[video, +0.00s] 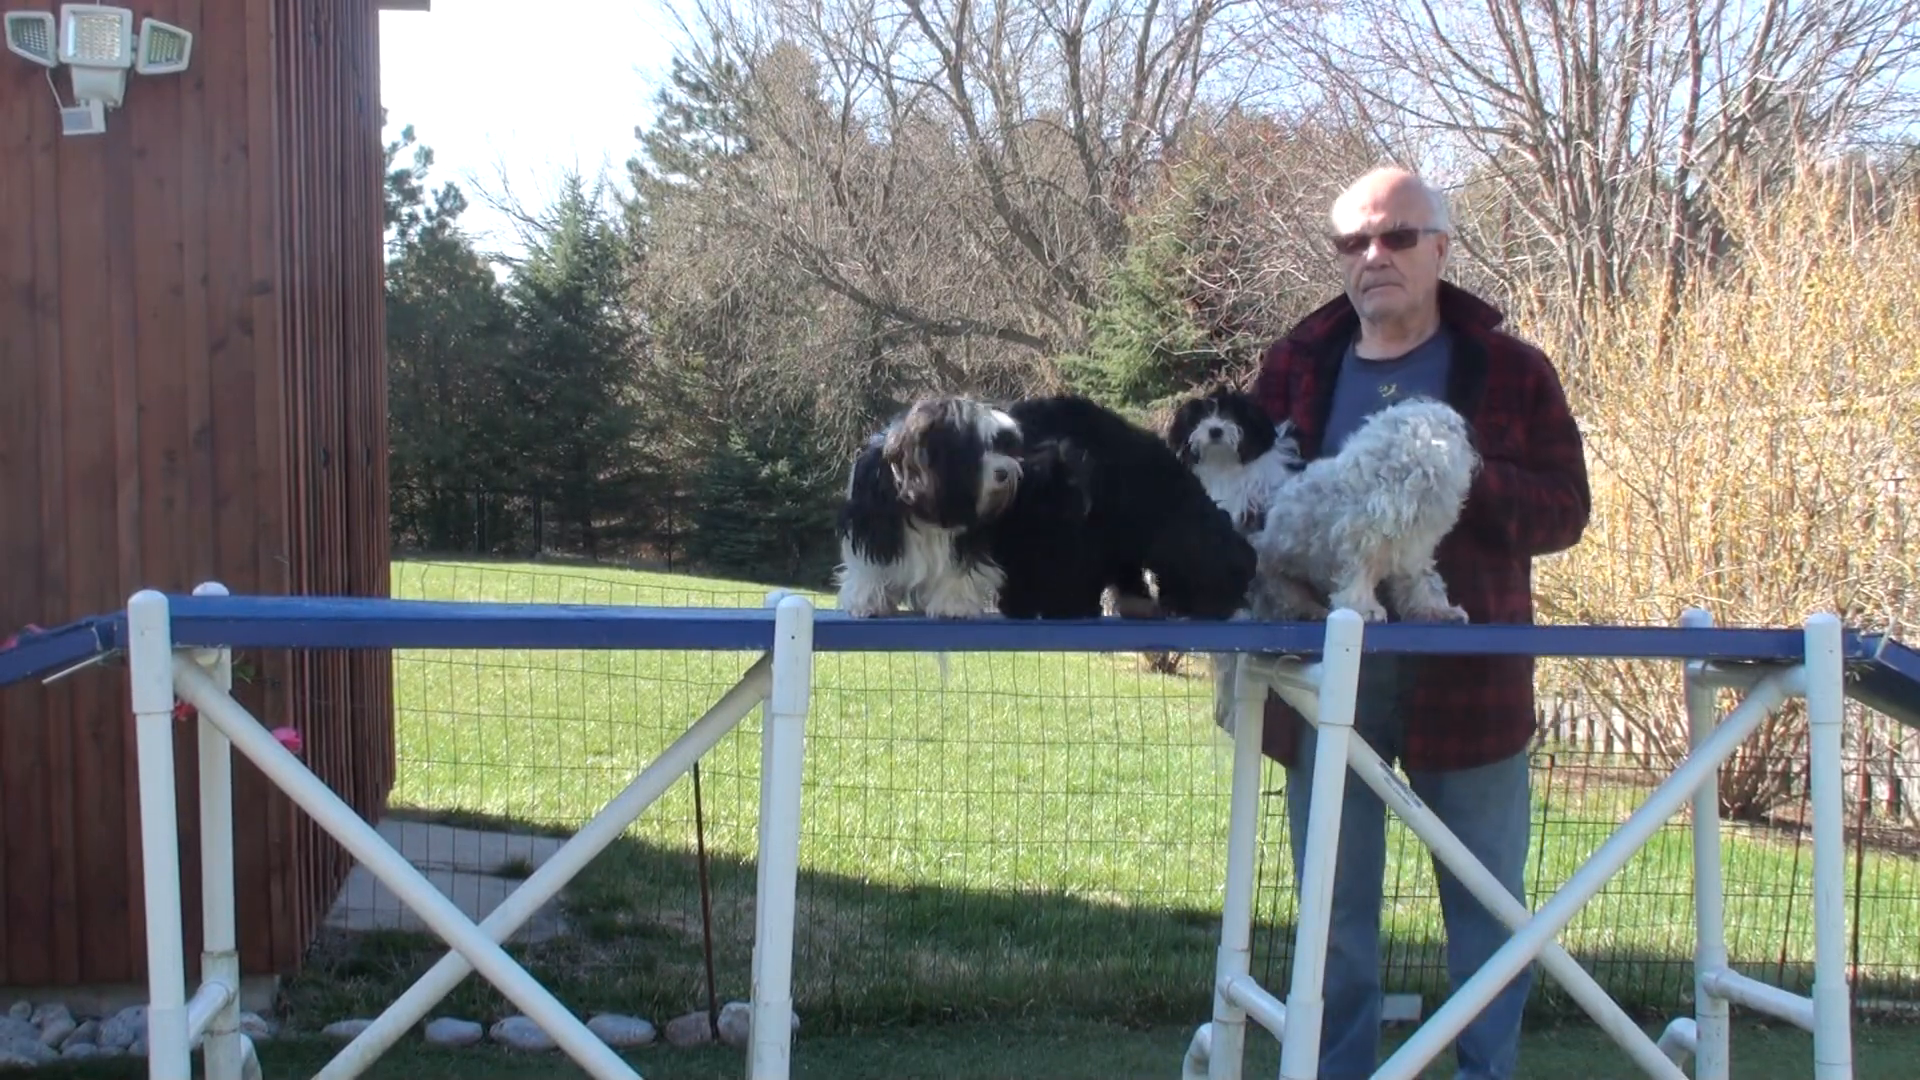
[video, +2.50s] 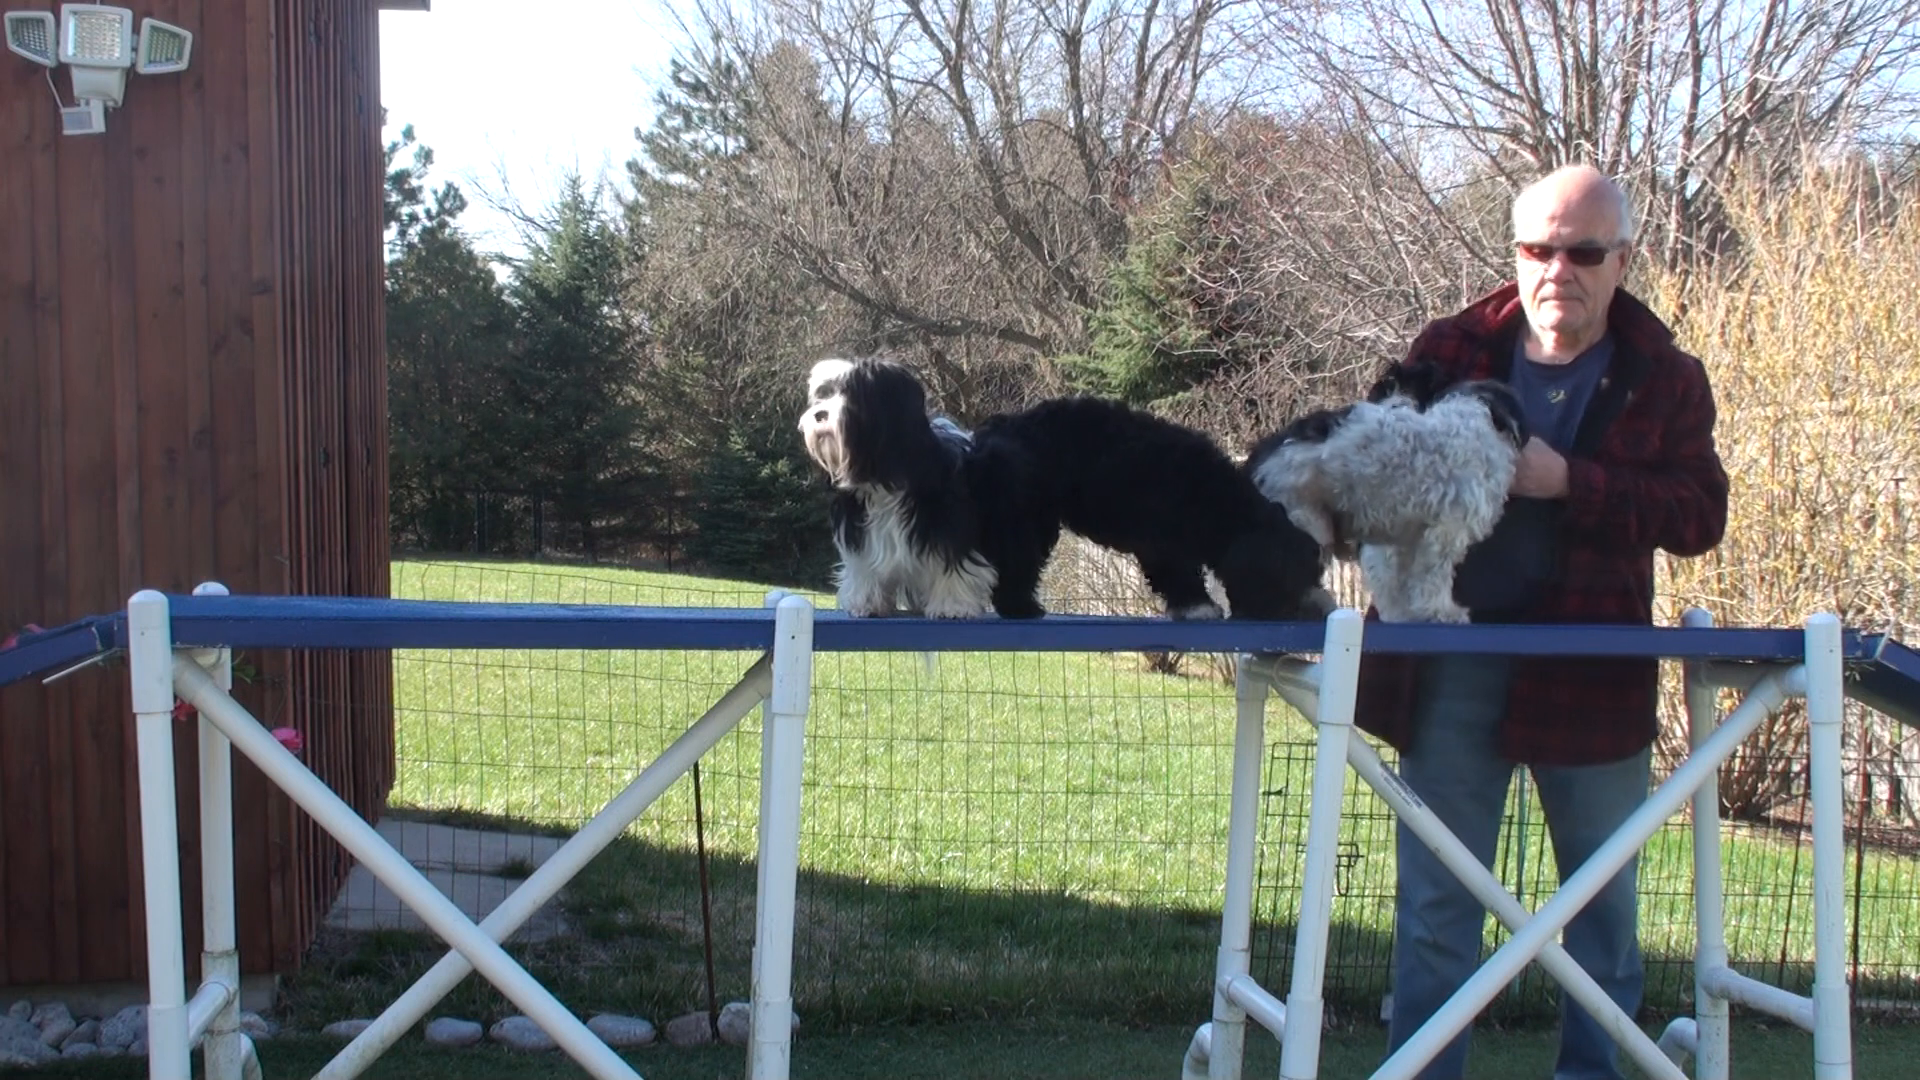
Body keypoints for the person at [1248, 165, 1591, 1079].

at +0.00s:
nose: (1375, 255)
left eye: (1398, 238)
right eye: (1357, 241)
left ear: (1442, 250)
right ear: (1338, 257)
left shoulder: (1513, 370)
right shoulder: (1292, 367)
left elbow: (1562, 509)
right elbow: (1239, 501)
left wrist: (1444, 480)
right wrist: (1312, 517)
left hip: (1469, 674)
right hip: (1325, 671)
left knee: (1487, 911)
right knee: (1334, 912)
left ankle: (1486, 1062)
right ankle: (1336, 1070)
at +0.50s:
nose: (1424, 251)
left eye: (1447, 232)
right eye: (1402, 236)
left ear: (1485, 244)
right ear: (1379, 251)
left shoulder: (1545, 371)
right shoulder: (1327, 360)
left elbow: (1593, 516)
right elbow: (1268, 492)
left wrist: (1531, 495)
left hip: (1499, 666)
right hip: (1359, 659)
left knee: (1510, 902)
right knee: (1349, 895)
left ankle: (1504, 1064)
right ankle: (1337, 1067)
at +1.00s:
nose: (1474, 270)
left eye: (1500, 252)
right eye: (1459, 252)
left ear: (1554, 254)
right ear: (1442, 256)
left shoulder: (1614, 381)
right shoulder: (1391, 357)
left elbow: (1652, 527)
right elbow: (1323, 481)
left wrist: (1582, 518)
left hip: (1544, 677)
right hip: (1405, 667)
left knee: (1538, 913)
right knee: (1410, 906)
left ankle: (1511, 1064)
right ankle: (1414, 1069)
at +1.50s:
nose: (1440, 279)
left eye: (1462, 258)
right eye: (1420, 260)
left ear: (1502, 251)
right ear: (1396, 258)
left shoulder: (1561, 365)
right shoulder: (1350, 355)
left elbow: (1613, 501)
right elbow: (1267, 464)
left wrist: (1556, 513)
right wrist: (1321, 545)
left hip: (1531, 663)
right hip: (1394, 660)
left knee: (1553, 898)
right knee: (1404, 900)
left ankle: (1531, 1065)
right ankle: (1415, 1070)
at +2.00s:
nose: (1470, 279)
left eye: (1494, 258)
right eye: (1449, 260)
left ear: (1531, 254)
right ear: (1423, 259)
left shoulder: (1586, 371)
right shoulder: (1372, 358)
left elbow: (1641, 508)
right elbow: (1280, 470)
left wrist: (1545, 501)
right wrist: (1331, 528)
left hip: (1549, 671)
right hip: (1409, 666)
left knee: (1580, 912)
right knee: (1412, 912)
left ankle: (1589, 1070)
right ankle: (1418, 1073)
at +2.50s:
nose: (1557, 272)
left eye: (1583, 254)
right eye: (1539, 252)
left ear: (1622, 261)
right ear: (1514, 254)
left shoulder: (1664, 376)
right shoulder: (1450, 351)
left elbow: (1700, 513)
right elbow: (1361, 450)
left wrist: (1568, 478)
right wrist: (1339, 505)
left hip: (1593, 668)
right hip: (1456, 660)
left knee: (1603, 909)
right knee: (1435, 905)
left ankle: (1594, 1070)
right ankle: (1423, 1069)